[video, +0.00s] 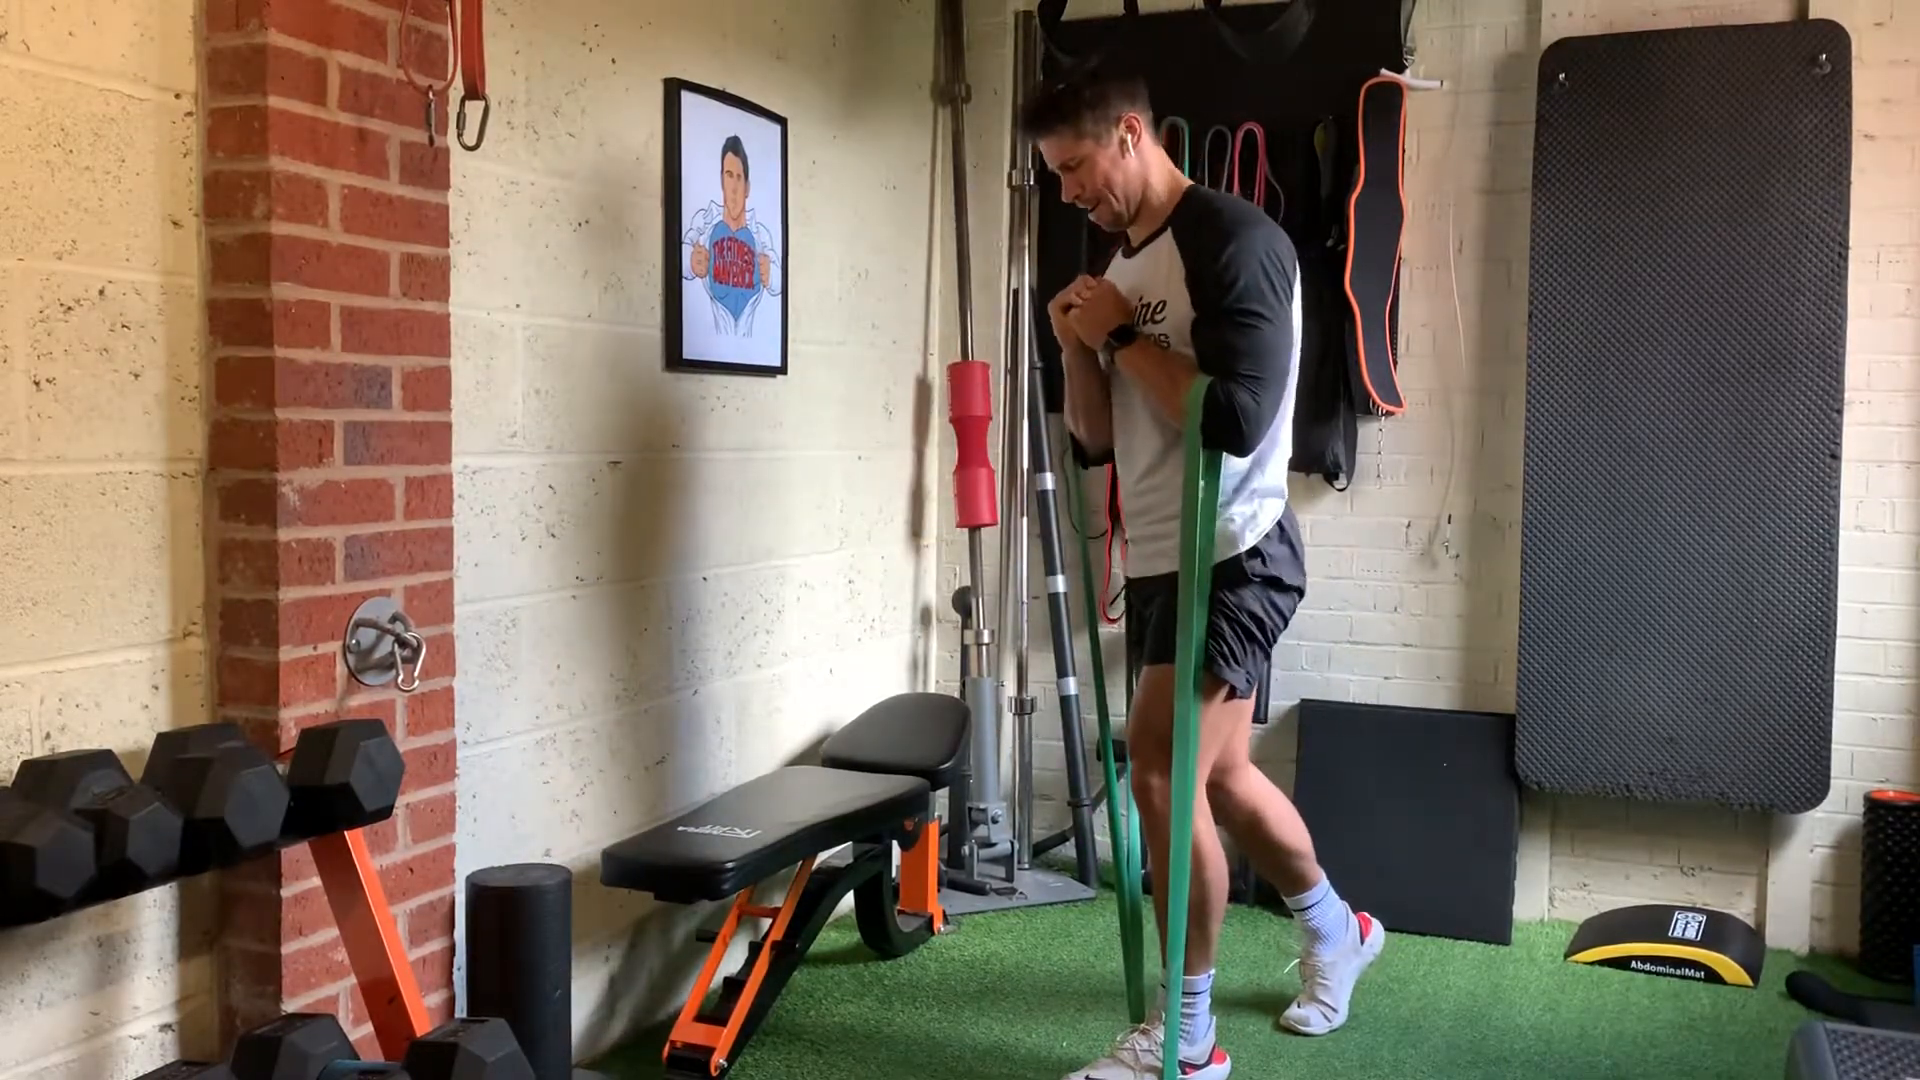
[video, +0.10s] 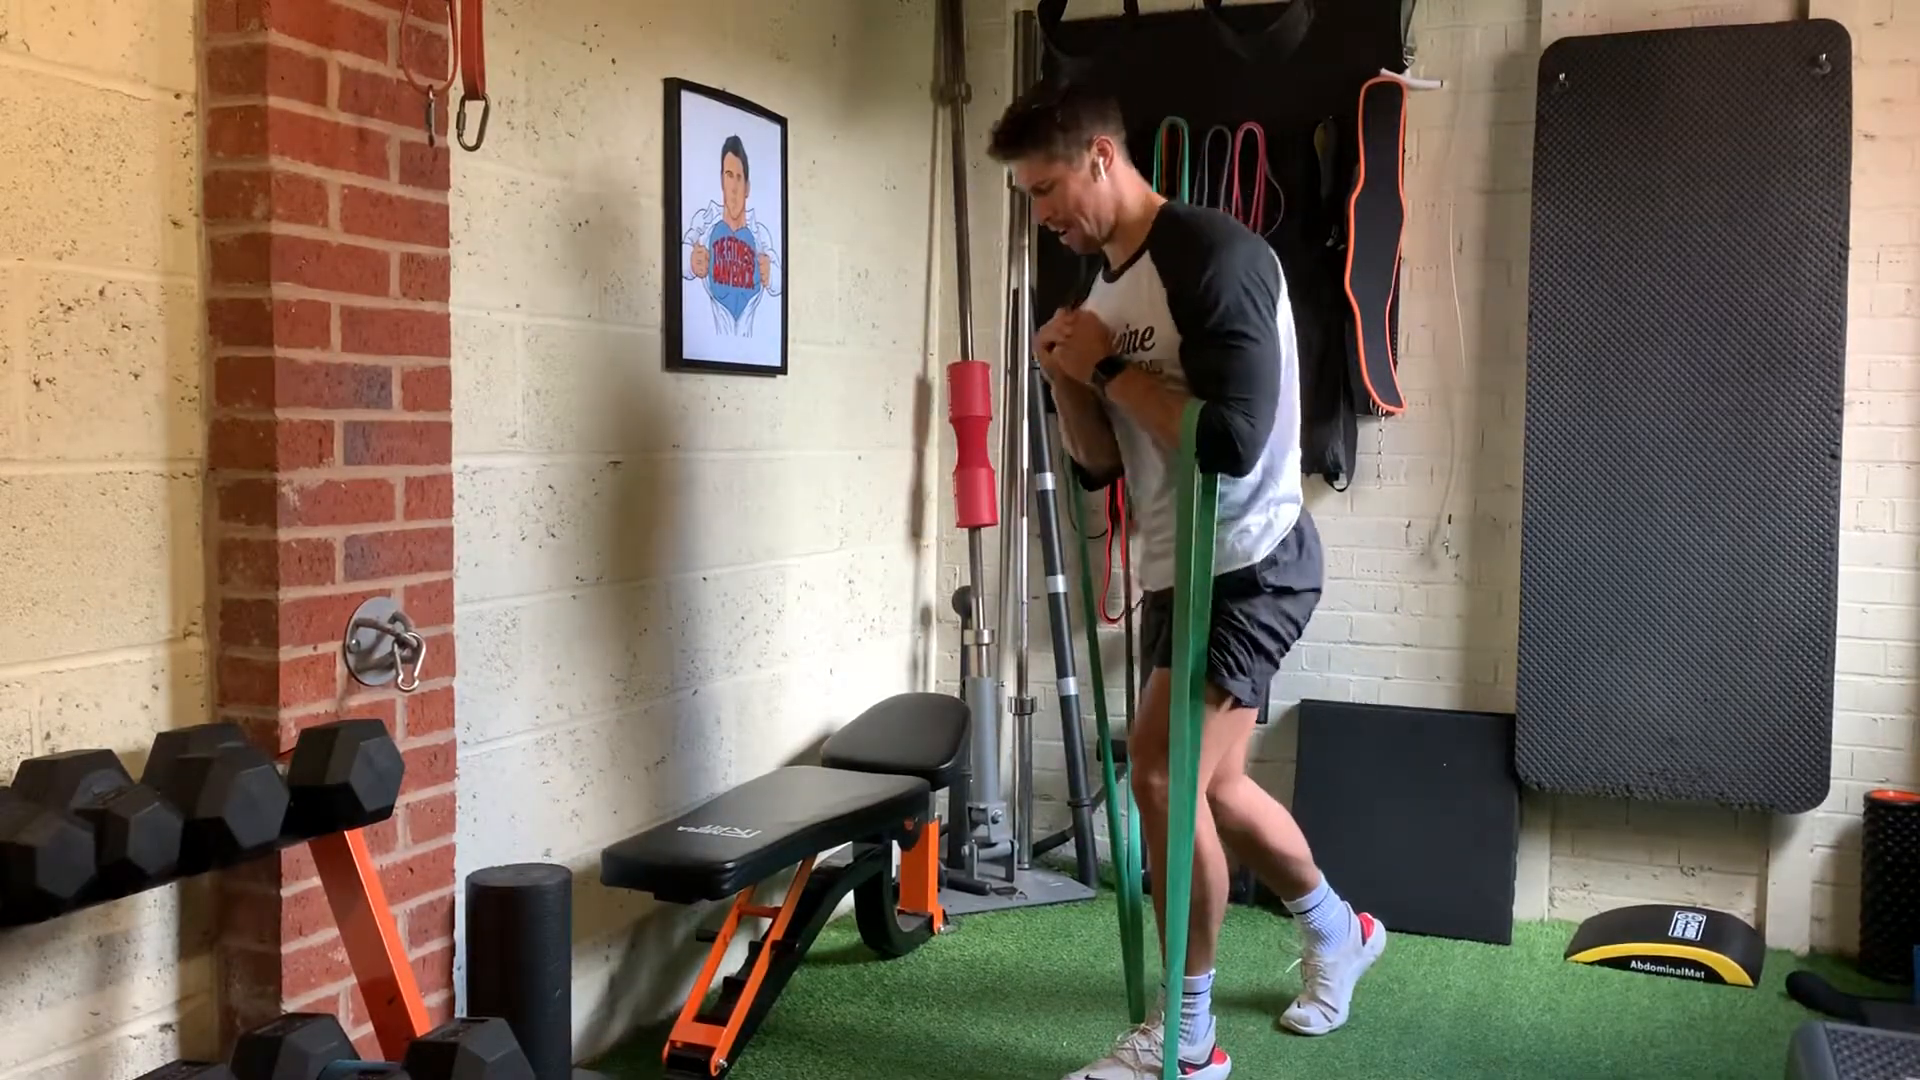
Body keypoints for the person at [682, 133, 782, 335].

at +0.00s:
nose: (734, 184)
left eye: (739, 176)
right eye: (729, 175)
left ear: (748, 186)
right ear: (721, 181)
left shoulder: (761, 232)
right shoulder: (705, 224)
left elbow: (779, 286)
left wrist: (769, 273)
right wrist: (696, 265)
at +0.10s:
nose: (733, 184)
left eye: (739, 177)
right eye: (729, 175)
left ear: (748, 187)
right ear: (721, 181)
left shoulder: (760, 232)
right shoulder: (705, 222)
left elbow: (778, 286)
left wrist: (769, 273)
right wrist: (694, 265)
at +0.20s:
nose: (734, 185)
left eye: (739, 177)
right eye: (728, 175)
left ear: (748, 188)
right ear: (721, 182)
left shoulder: (760, 233)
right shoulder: (705, 225)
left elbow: (779, 286)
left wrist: (770, 274)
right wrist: (692, 265)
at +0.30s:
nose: (734, 185)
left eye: (739, 177)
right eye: (728, 175)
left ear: (748, 188)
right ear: (721, 182)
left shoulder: (760, 234)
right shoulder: (705, 226)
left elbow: (779, 286)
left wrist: (770, 274)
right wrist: (692, 266)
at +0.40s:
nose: (734, 185)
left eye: (739, 177)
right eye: (728, 175)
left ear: (748, 188)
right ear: (721, 182)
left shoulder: (760, 233)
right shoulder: (705, 225)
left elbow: (779, 287)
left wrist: (770, 274)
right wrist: (691, 265)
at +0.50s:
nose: (734, 185)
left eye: (739, 177)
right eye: (728, 175)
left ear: (748, 188)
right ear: (721, 182)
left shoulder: (760, 233)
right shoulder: (705, 224)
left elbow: (779, 286)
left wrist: (770, 274)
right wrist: (692, 265)